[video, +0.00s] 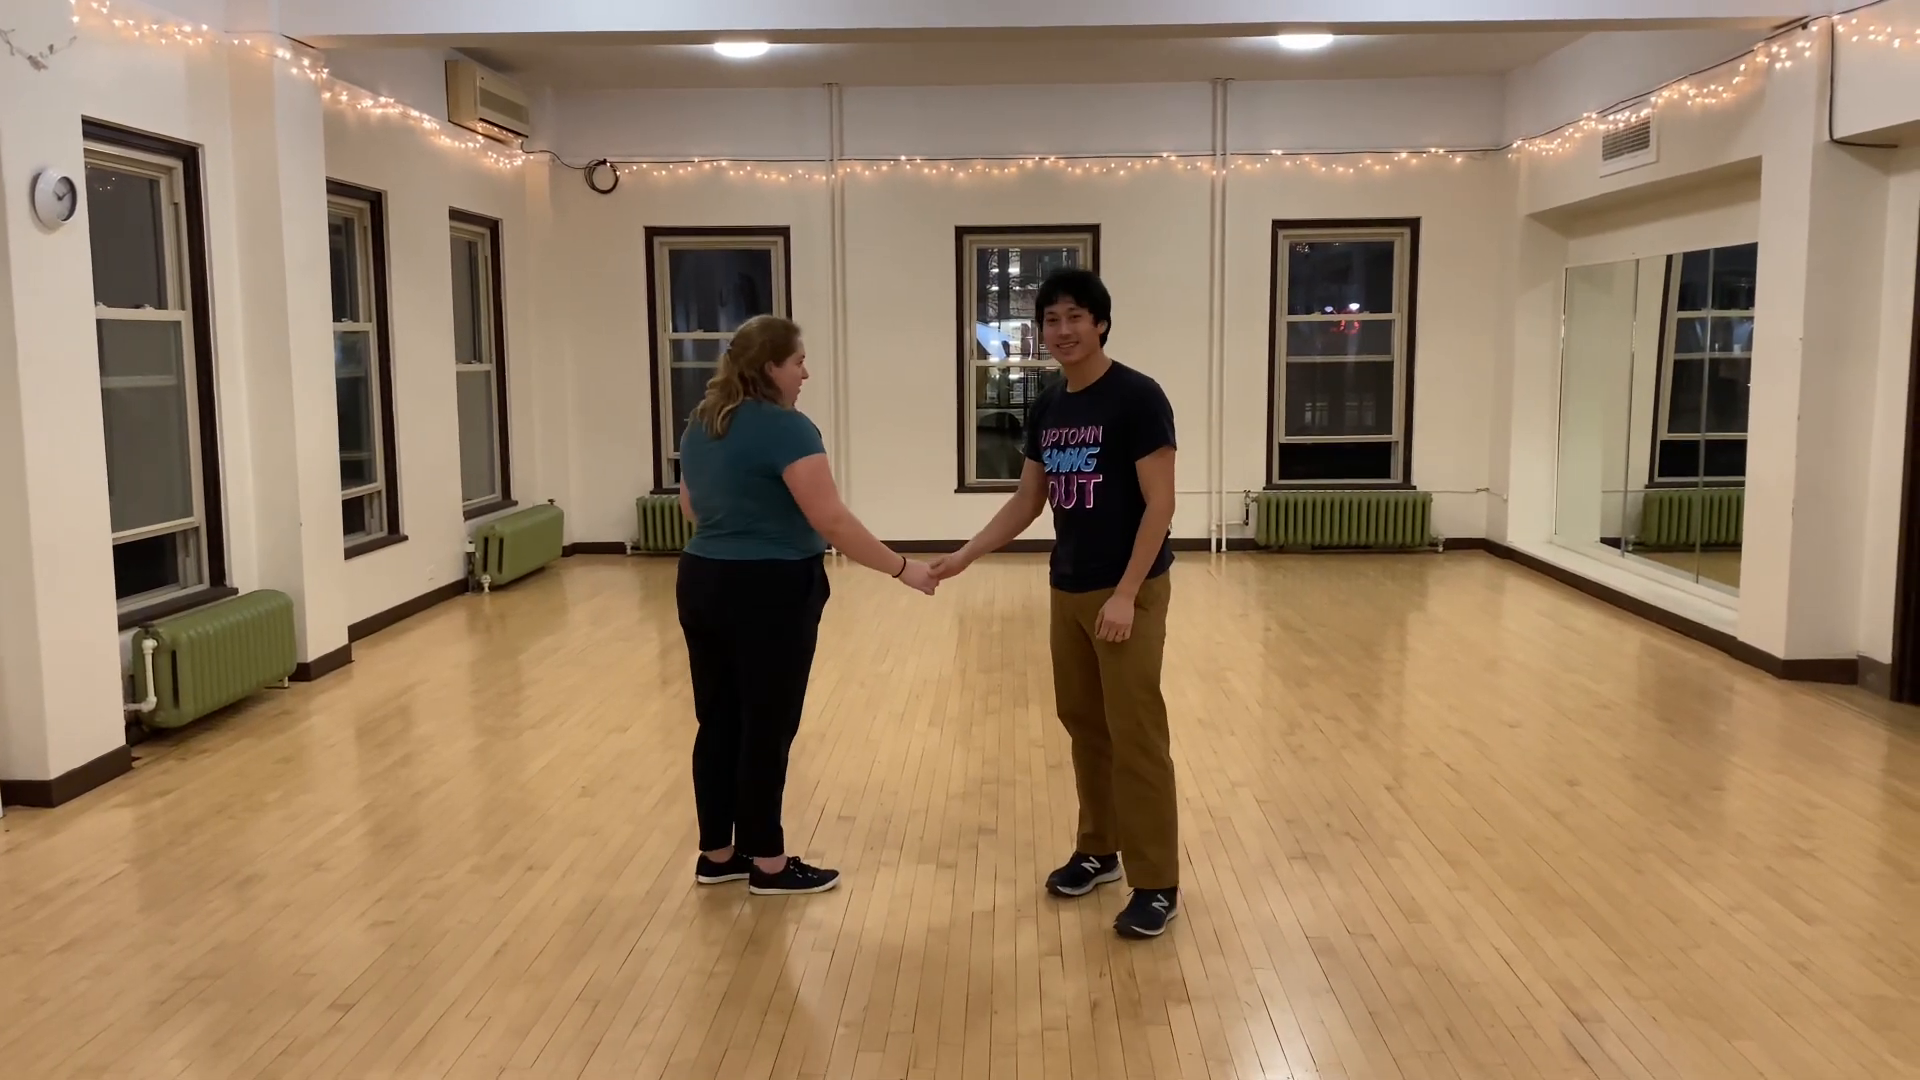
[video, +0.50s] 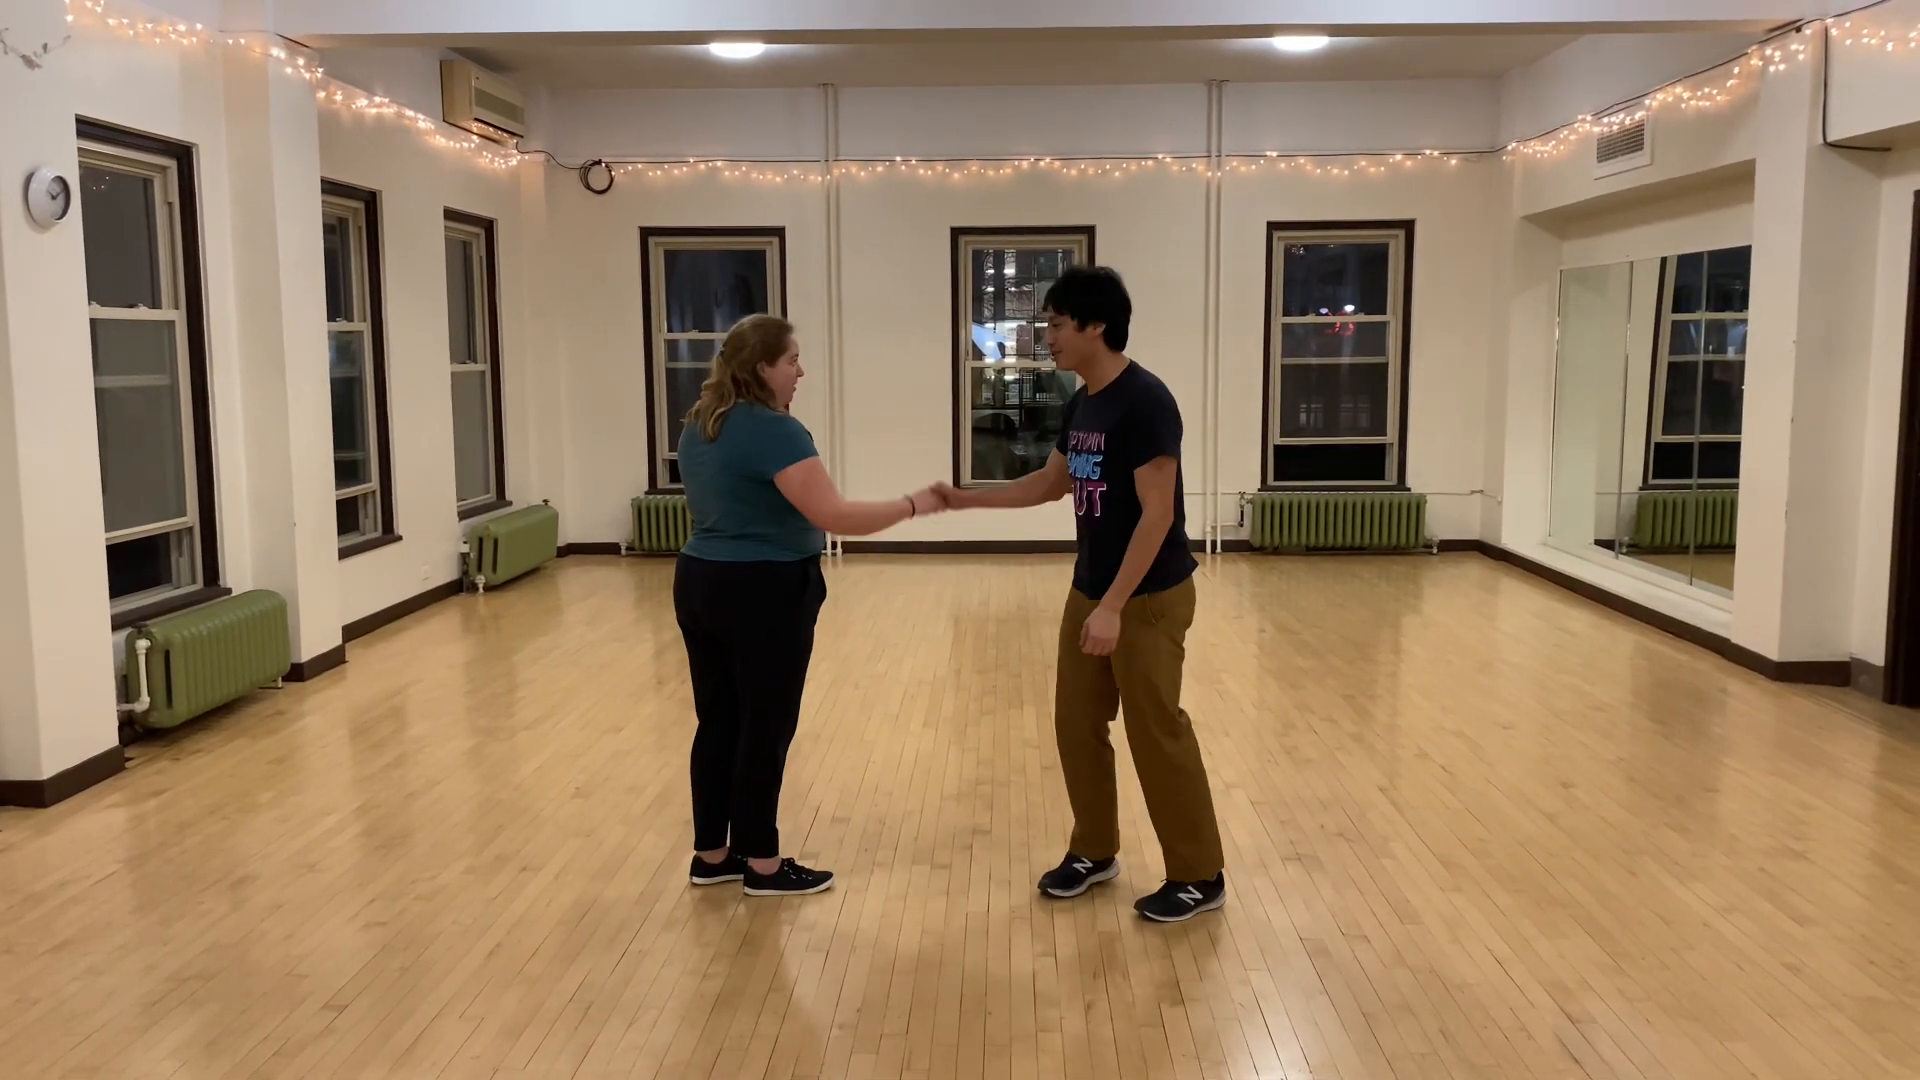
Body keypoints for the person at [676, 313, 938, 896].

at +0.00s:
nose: (805, 372)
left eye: (803, 361)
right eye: (798, 362)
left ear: (744, 367)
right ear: (768, 367)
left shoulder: (701, 424)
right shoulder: (787, 427)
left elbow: (691, 505)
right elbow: (830, 519)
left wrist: (744, 527)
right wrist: (901, 567)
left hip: (705, 584)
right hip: (776, 588)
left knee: (717, 719)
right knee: (769, 724)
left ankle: (717, 852)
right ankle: (768, 862)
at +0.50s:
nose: (800, 372)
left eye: (798, 360)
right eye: (792, 361)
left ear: (741, 368)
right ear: (760, 367)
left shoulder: (698, 428)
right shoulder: (774, 432)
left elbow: (717, 508)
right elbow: (835, 515)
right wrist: (913, 505)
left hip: (704, 587)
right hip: (770, 592)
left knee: (717, 720)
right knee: (767, 727)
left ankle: (712, 853)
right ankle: (763, 863)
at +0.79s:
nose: (790, 368)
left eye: (787, 357)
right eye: (782, 359)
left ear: (729, 368)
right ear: (752, 367)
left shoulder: (685, 427)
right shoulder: (780, 428)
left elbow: (669, 503)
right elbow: (857, 494)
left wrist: (731, 490)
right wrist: (919, 488)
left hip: (694, 587)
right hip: (769, 587)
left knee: (728, 717)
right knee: (767, 723)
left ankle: (713, 844)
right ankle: (762, 862)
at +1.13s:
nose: (756, 370)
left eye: (755, 359)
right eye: (746, 361)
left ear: (707, 373)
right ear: (712, 370)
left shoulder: (676, 423)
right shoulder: (719, 431)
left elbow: (690, 492)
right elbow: (783, 518)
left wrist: (748, 453)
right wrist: (862, 542)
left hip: (669, 584)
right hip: (715, 589)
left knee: (696, 711)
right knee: (755, 718)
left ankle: (676, 834)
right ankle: (764, 860)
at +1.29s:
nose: (727, 371)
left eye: (728, 361)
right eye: (715, 361)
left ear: (721, 369)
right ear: (679, 368)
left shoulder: (705, 427)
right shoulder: (656, 431)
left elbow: (729, 492)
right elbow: (704, 512)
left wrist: (771, 468)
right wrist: (800, 528)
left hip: (701, 585)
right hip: (657, 587)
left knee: (689, 703)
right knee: (721, 697)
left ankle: (678, 833)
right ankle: (703, 840)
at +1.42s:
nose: (702, 372)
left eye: (703, 362)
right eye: (690, 363)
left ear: (701, 370)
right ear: (654, 369)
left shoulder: (717, 431)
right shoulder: (618, 433)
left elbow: (753, 512)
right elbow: (652, 509)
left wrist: (762, 480)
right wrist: (743, 525)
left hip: (703, 585)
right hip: (631, 586)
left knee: (705, 712)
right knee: (663, 713)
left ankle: (683, 834)